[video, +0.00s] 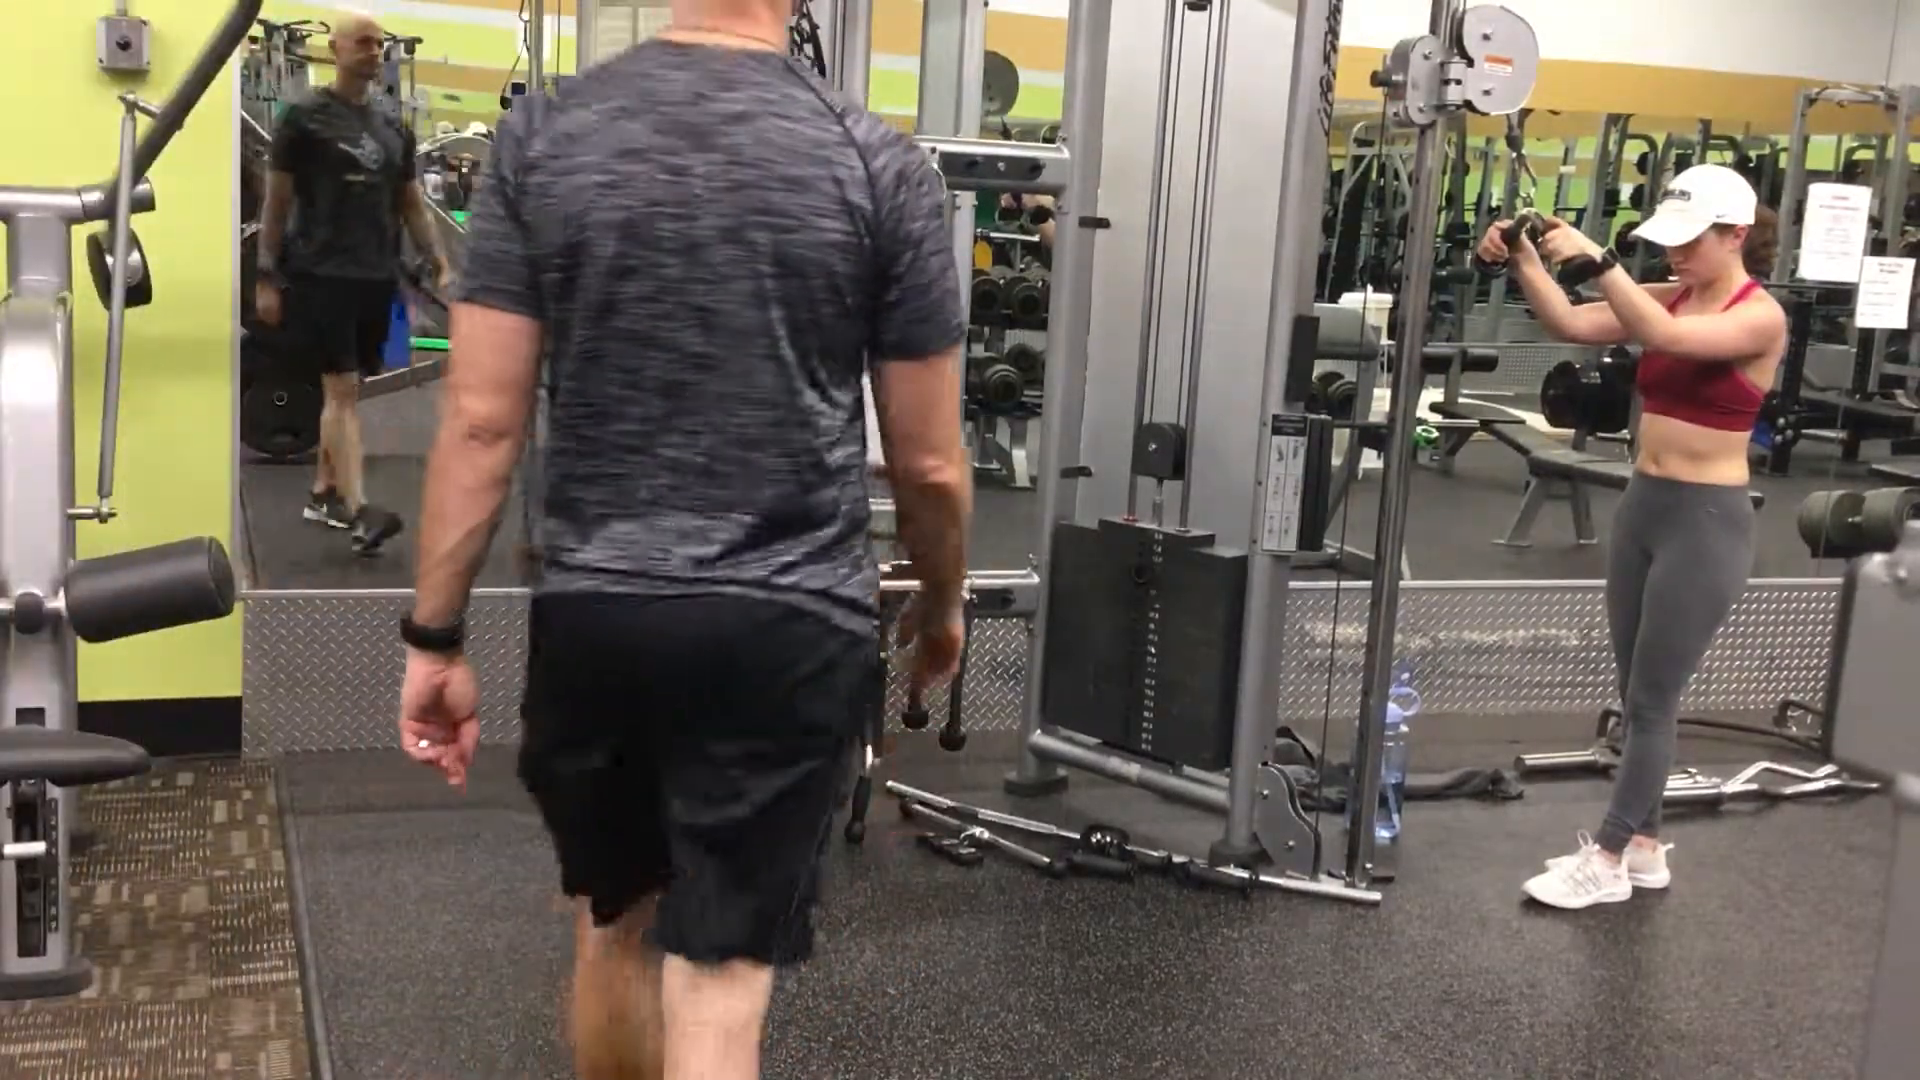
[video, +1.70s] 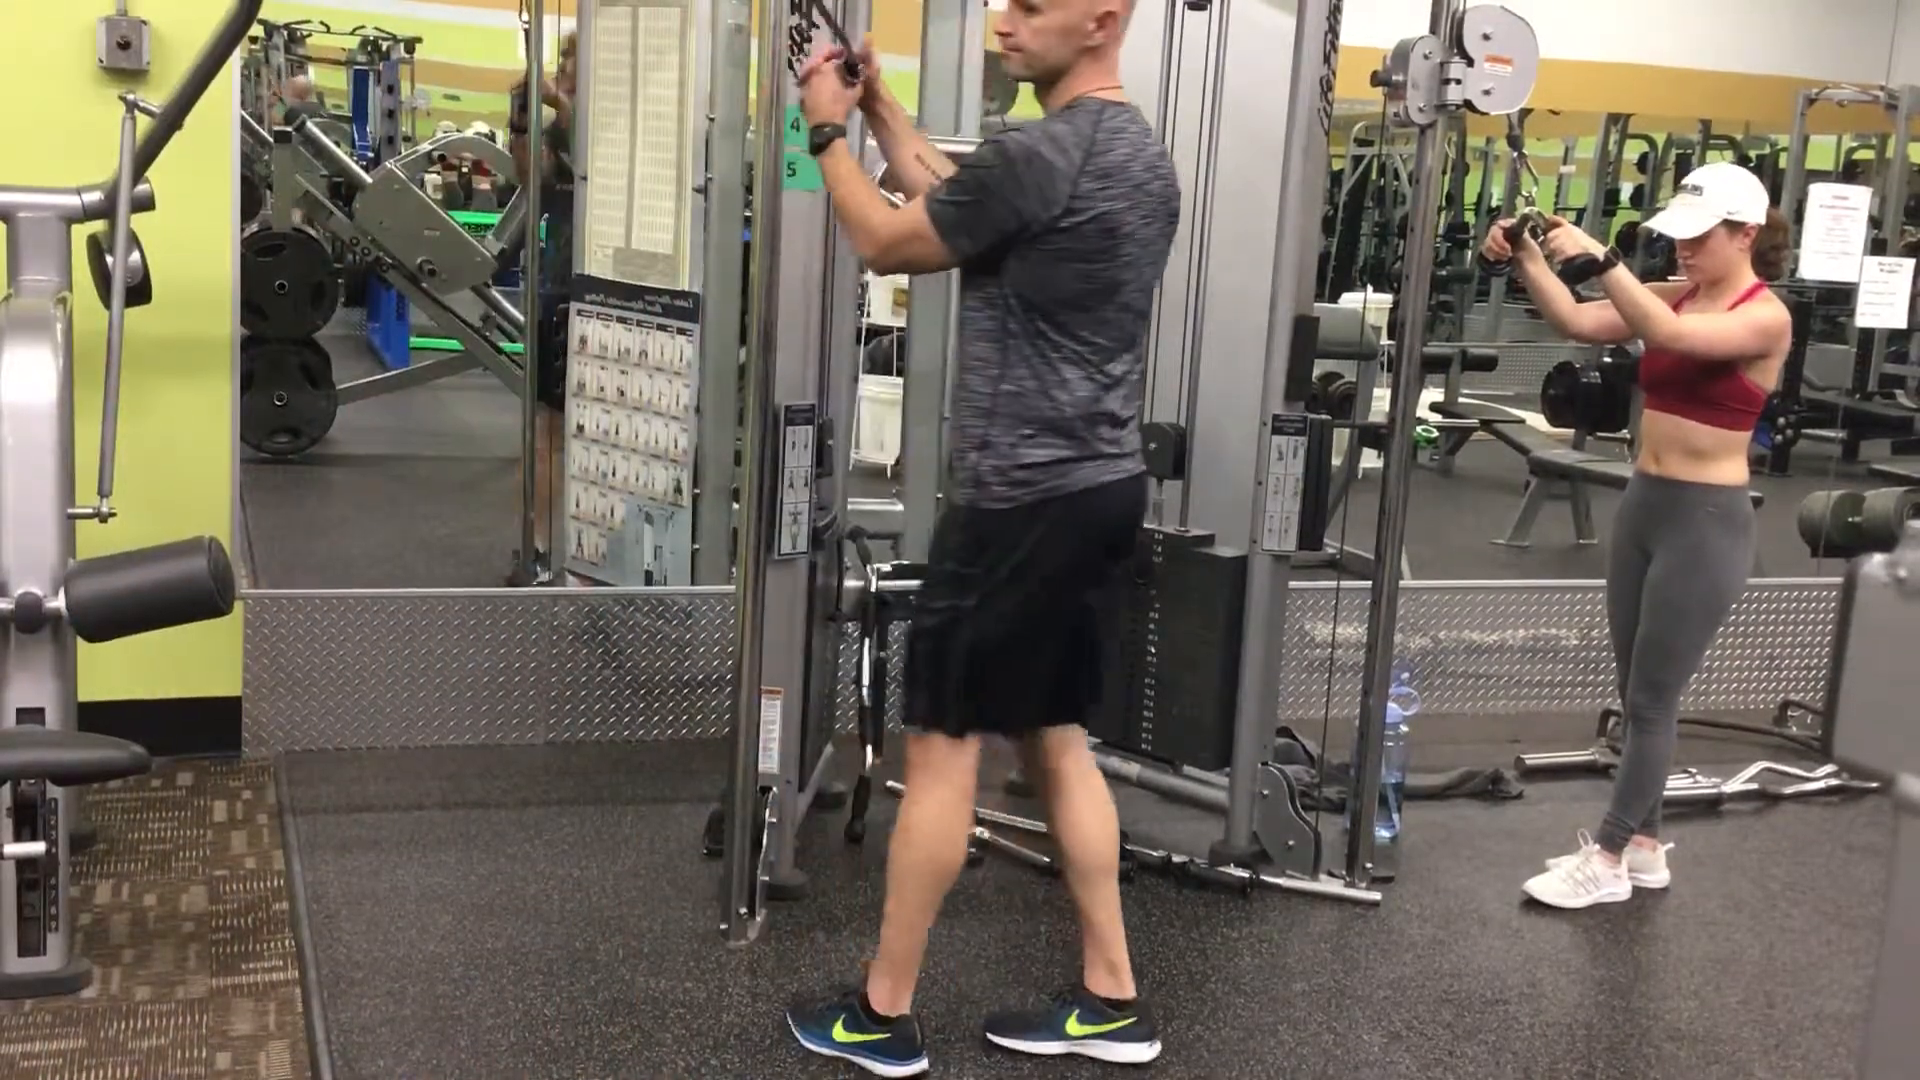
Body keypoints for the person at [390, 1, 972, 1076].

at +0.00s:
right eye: (797, 11)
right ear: (789, 5)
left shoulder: (545, 132)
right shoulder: (880, 162)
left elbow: (483, 419)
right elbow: (929, 466)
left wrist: (436, 636)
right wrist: (942, 609)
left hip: (592, 625)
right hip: (790, 630)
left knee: (611, 921)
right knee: (722, 978)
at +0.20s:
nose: (806, 18)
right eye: (811, 13)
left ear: (696, 4)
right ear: (803, 8)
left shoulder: (586, 136)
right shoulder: (887, 158)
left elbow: (548, 410)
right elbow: (930, 437)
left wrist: (549, 580)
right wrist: (947, 557)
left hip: (631, 567)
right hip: (814, 585)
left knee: (660, 859)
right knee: (806, 904)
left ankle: (649, 1075)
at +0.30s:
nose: (825, 14)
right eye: (829, 8)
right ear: (818, 5)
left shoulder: (610, 125)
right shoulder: (898, 148)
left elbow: (583, 385)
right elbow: (942, 424)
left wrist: (632, 479)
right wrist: (958, 525)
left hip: (655, 555)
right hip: (830, 572)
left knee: (668, 848)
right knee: (860, 841)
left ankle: (648, 1071)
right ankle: (788, 1073)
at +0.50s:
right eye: (866, 18)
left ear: (767, 5)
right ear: (870, 14)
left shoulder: (673, 132)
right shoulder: (940, 158)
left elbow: (676, 318)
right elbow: (985, 406)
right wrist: (999, 476)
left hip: (711, 542)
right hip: (881, 559)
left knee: (692, 837)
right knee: (910, 818)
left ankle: (658, 1073)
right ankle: (925, 1069)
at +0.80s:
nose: (939, 31)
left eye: (893, 20)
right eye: (964, 20)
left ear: (873, 18)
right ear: (980, 22)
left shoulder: (795, 139)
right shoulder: (1047, 158)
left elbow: (799, 290)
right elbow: (1062, 349)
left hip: (826, 523)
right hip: (984, 534)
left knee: (783, 768)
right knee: (967, 794)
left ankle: (721, 1041)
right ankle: (951, 1057)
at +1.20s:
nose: (905, 20)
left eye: (910, 9)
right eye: (912, 12)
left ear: (934, 17)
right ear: (1026, 26)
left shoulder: (879, 156)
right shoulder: (1088, 162)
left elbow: (817, 264)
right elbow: (988, 206)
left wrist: (803, 155)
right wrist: (895, 117)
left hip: (882, 500)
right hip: (1021, 505)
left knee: (870, 746)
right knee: (992, 749)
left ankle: (881, 1009)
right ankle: (966, 1030)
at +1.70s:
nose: (1004, 19)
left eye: (1028, 6)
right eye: (1009, 3)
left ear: (1100, 21)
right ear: (1107, 33)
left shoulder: (1039, 156)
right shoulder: (1142, 154)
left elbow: (884, 241)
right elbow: (966, 219)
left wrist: (828, 130)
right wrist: (882, 114)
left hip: (1014, 501)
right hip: (1101, 490)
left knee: (941, 748)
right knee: (1061, 742)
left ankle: (884, 1009)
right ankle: (1110, 995)